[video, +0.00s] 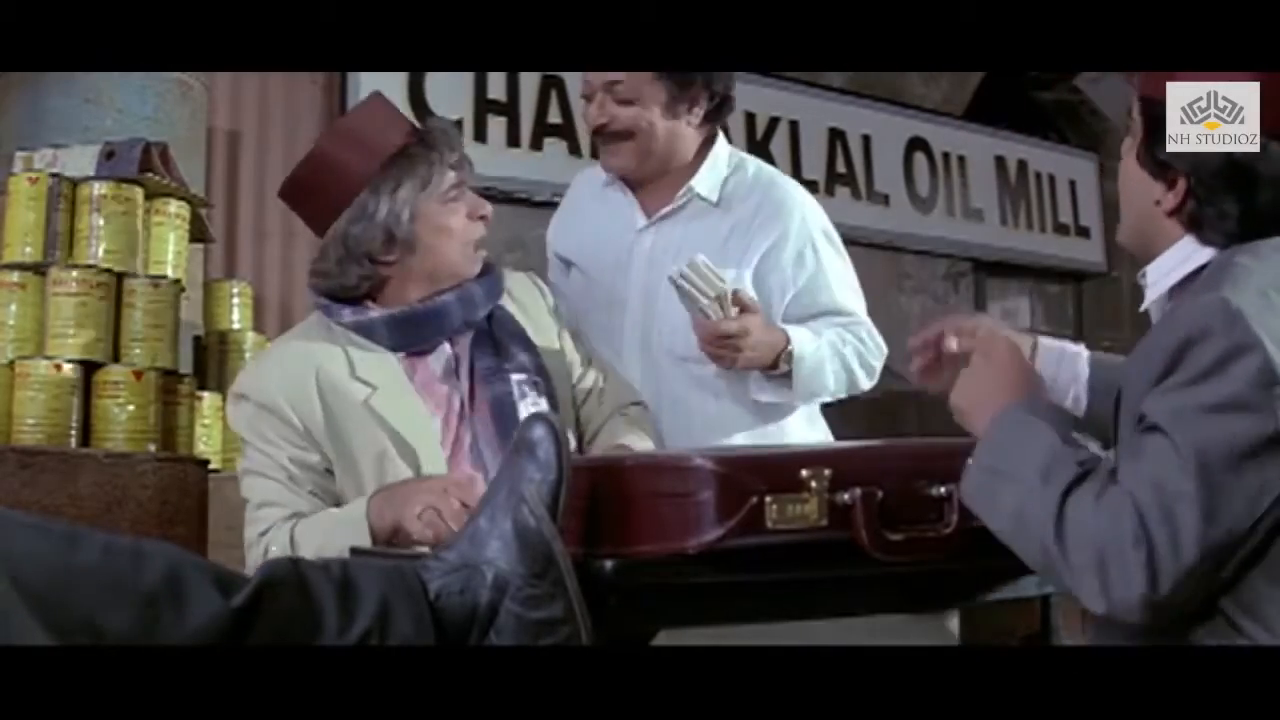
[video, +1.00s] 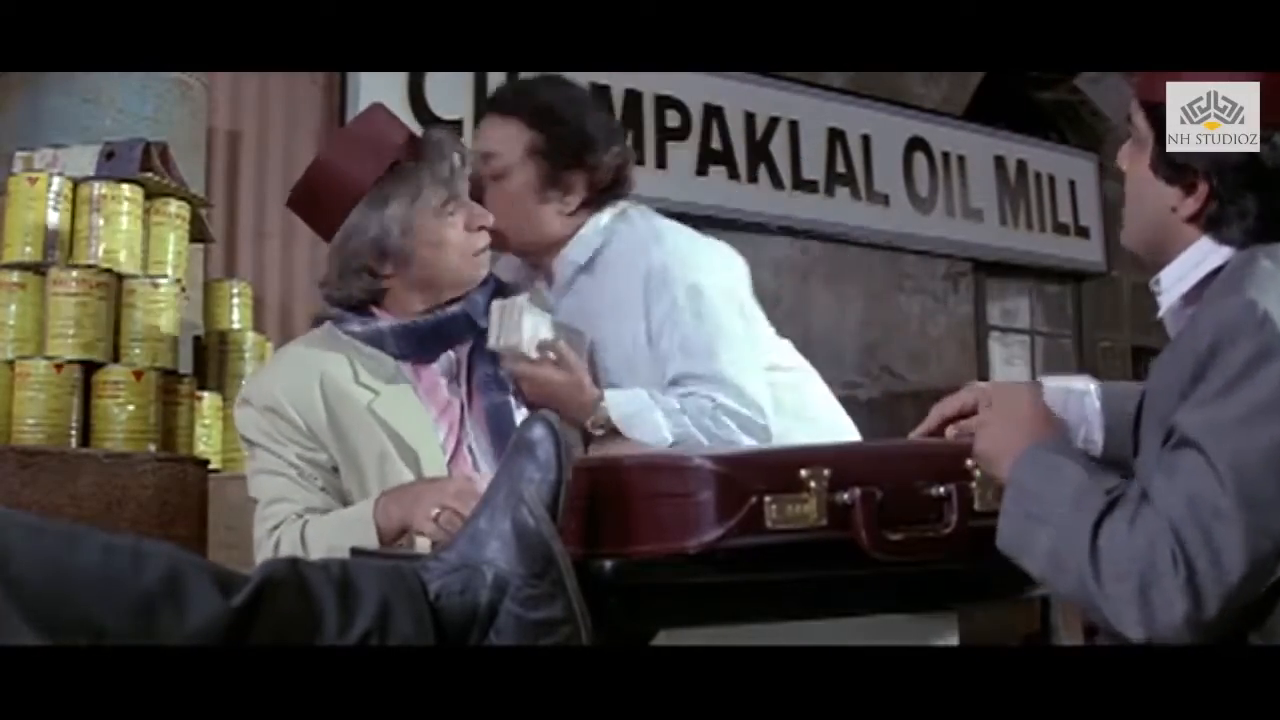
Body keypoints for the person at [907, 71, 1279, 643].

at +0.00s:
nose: (1120, 155)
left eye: (1131, 139)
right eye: (1129, 137)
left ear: (1171, 188)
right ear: (1172, 187)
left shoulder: (1236, 322)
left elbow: (1134, 562)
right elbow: (1182, 412)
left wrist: (1008, 420)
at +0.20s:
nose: (1109, 162)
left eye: (1126, 144)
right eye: (1121, 141)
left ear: (1177, 194)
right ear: (1175, 192)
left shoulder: (1239, 313)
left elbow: (1166, 568)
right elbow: (1190, 420)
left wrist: (1015, 455)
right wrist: (1037, 403)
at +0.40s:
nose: (1113, 171)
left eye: (1133, 151)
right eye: (1123, 148)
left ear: (1190, 193)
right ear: (1190, 195)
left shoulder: (1246, 313)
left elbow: (1168, 568)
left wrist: (1018, 458)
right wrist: (1040, 412)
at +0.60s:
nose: (1121, 160)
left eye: (1136, 141)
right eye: (1131, 138)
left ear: (1183, 190)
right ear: (1183, 187)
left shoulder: (1249, 317)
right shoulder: (1232, 298)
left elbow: (1168, 579)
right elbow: (1196, 427)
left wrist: (1020, 461)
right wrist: (1046, 415)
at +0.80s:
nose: (1124, 156)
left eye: (1138, 138)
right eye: (1133, 134)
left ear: (1186, 189)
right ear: (1186, 187)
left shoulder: (1251, 320)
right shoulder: (1236, 300)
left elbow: (1176, 589)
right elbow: (1205, 425)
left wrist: (1027, 471)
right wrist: (1052, 416)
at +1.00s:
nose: (1120, 159)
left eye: (1136, 140)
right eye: (1130, 137)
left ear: (1190, 191)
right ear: (1191, 190)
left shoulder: (1255, 321)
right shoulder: (1236, 302)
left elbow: (1173, 582)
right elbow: (1205, 420)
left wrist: (1032, 461)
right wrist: (1059, 412)